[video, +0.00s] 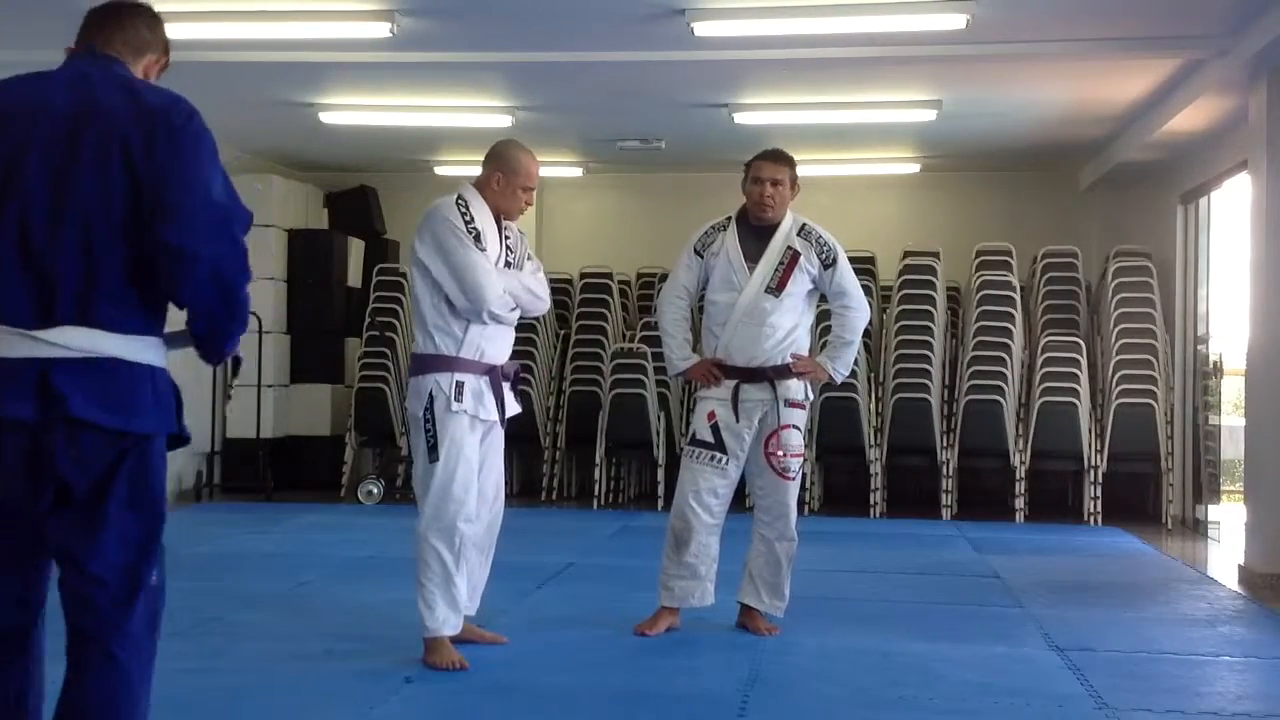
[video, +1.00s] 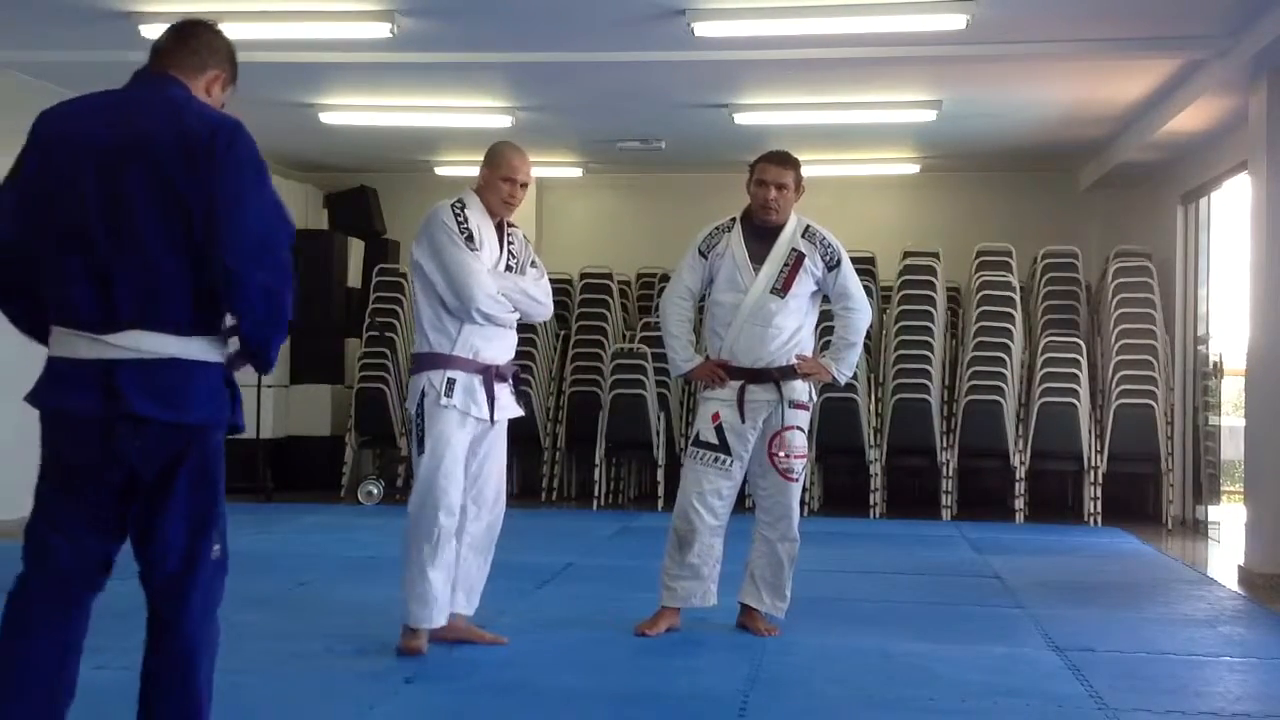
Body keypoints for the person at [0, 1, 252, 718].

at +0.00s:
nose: (159, 82)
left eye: (162, 75)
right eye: (165, 74)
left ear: (76, 48)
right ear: (151, 65)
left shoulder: (7, 101)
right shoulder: (163, 119)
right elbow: (209, 244)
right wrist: (217, 333)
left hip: (5, 393)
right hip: (111, 400)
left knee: (6, 608)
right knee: (113, 610)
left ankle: (14, 710)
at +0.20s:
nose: (134, 83)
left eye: (134, 75)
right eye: (138, 74)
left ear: (52, 49)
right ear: (123, 64)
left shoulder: (4, 103)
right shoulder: (135, 122)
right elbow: (185, 244)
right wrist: (182, 329)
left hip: (1, 392)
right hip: (88, 399)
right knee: (107, 604)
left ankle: (11, 706)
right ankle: (97, 713)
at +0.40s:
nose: (117, 89)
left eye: (119, 80)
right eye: (121, 78)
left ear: (39, 51)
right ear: (104, 65)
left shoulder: (5, 104)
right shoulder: (111, 121)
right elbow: (157, 248)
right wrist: (133, 338)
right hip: (74, 393)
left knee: (1, 592)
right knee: (126, 586)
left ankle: (8, 706)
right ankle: (112, 712)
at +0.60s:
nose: (141, 99)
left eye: (146, 90)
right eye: (145, 88)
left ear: (66, 58)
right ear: (128, 73)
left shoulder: (6, 112)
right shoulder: (120, 124)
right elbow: (132, 246)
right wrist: (167, 332)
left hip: (7, 385)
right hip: (89, 392)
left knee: (5, 601)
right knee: (141, 599)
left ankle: (11, 707)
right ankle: (154, 718)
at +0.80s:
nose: (184, 116)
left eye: (187, 104)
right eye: (189, 101)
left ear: (114, 67)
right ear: (174, 83)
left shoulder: (15, 128)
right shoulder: (162, 141)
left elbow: (8, 257)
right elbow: (186, 267)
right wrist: (209, 341)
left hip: (24, 391)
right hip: (132, 398)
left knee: (24, 596)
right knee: (172, 599)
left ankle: (18, 712)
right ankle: (174, 717)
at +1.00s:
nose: (223, 109)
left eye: (224, 100)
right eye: (227, 98)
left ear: (151, 65)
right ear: (212, 82)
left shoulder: (58, 125)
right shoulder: (219, 139)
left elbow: (7, 250)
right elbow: (263, 257)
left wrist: (60, 330)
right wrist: (257, 345)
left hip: (74, 396)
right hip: (181, 402)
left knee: (53, 580)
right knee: (185, 593)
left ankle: (25, 709)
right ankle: (175, 714)